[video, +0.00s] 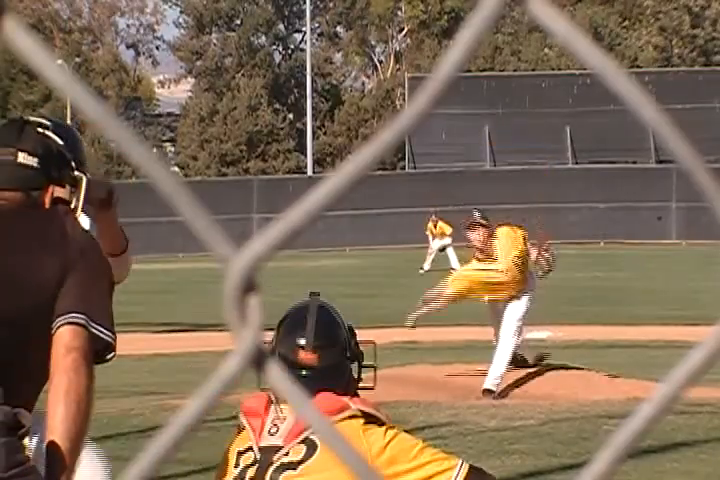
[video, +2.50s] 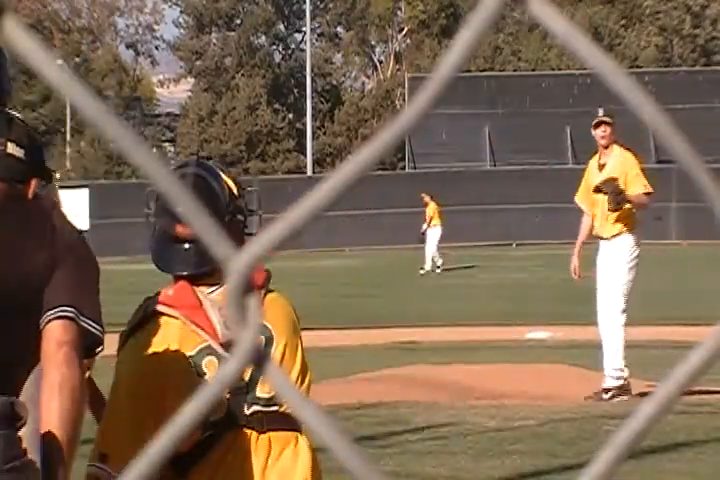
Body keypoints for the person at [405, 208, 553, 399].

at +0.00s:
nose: (473, 235)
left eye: (477, 229)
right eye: (470, 231)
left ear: (487, 230)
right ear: (467, 236)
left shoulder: (505, 236)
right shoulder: (475, 262)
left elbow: (525, 247)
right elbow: (457, 281)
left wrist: (539, 255)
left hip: (520, 291)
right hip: (495, 293)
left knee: (509, 331)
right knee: (499, 330)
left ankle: (491, 384)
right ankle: (513, 356)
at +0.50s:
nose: (579, 187)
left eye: (582, 184)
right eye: (574, 182)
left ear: (585, 189)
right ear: (565, 185)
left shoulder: (576, 215)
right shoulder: (551, 204)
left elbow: (559, 240)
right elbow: (522, 235)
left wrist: (560, 255)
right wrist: (504, 273)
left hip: (528, 262)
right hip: (513, 246)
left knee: (505, 320)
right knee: (463, 274)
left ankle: (491, 380)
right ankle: (440, 243)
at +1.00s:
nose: (620, 149)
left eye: (623, 144)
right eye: (616, 144)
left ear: (625, 148)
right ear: (605, 145)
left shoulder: (619, 179)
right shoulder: (599, 173)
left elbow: (615, 229)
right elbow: (602, 218)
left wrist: (614, 260)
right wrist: (634, 214)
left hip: (605, 250)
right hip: (590, 247)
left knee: (610, 316)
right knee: (610, 313)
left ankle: (560, 346)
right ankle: (600, 381)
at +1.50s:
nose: (649, 143)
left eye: (652, 139)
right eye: (644, 139)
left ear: (655, 143)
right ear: (635, 142)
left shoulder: (660, 177)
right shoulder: (626, 175)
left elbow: (670, 218)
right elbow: (619, 224)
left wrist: (690, 248)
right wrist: (639, 254)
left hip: (665, 252)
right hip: (640, 251)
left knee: (679, 321)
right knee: (649, 325)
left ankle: (670, 381)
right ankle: (609, 376)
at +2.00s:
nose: (630, 129)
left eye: (634, 124)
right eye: (625, 124)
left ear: (640, 128)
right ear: (619, 129)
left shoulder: (656, 157)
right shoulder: (609, 163)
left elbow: (671, 194)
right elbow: (604, 211)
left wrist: (675, 178)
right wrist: (604, 250)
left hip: (649, 242)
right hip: (619, 242)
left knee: (658, 311)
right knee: (617, 313)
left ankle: (666, 372)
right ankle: (619, 377)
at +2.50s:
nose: (603, 132)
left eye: (607, 127)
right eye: (598, 127)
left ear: (614, 131)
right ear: (593, 133)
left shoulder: (625, 158)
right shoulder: (593, 165)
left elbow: (646, 198)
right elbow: (588, 214)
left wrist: (623, 198)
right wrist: (576, 251)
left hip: (623, 240)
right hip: (604, 242)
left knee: (614, 308)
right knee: (603, 309)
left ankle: (617, 377)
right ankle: (612, 376)